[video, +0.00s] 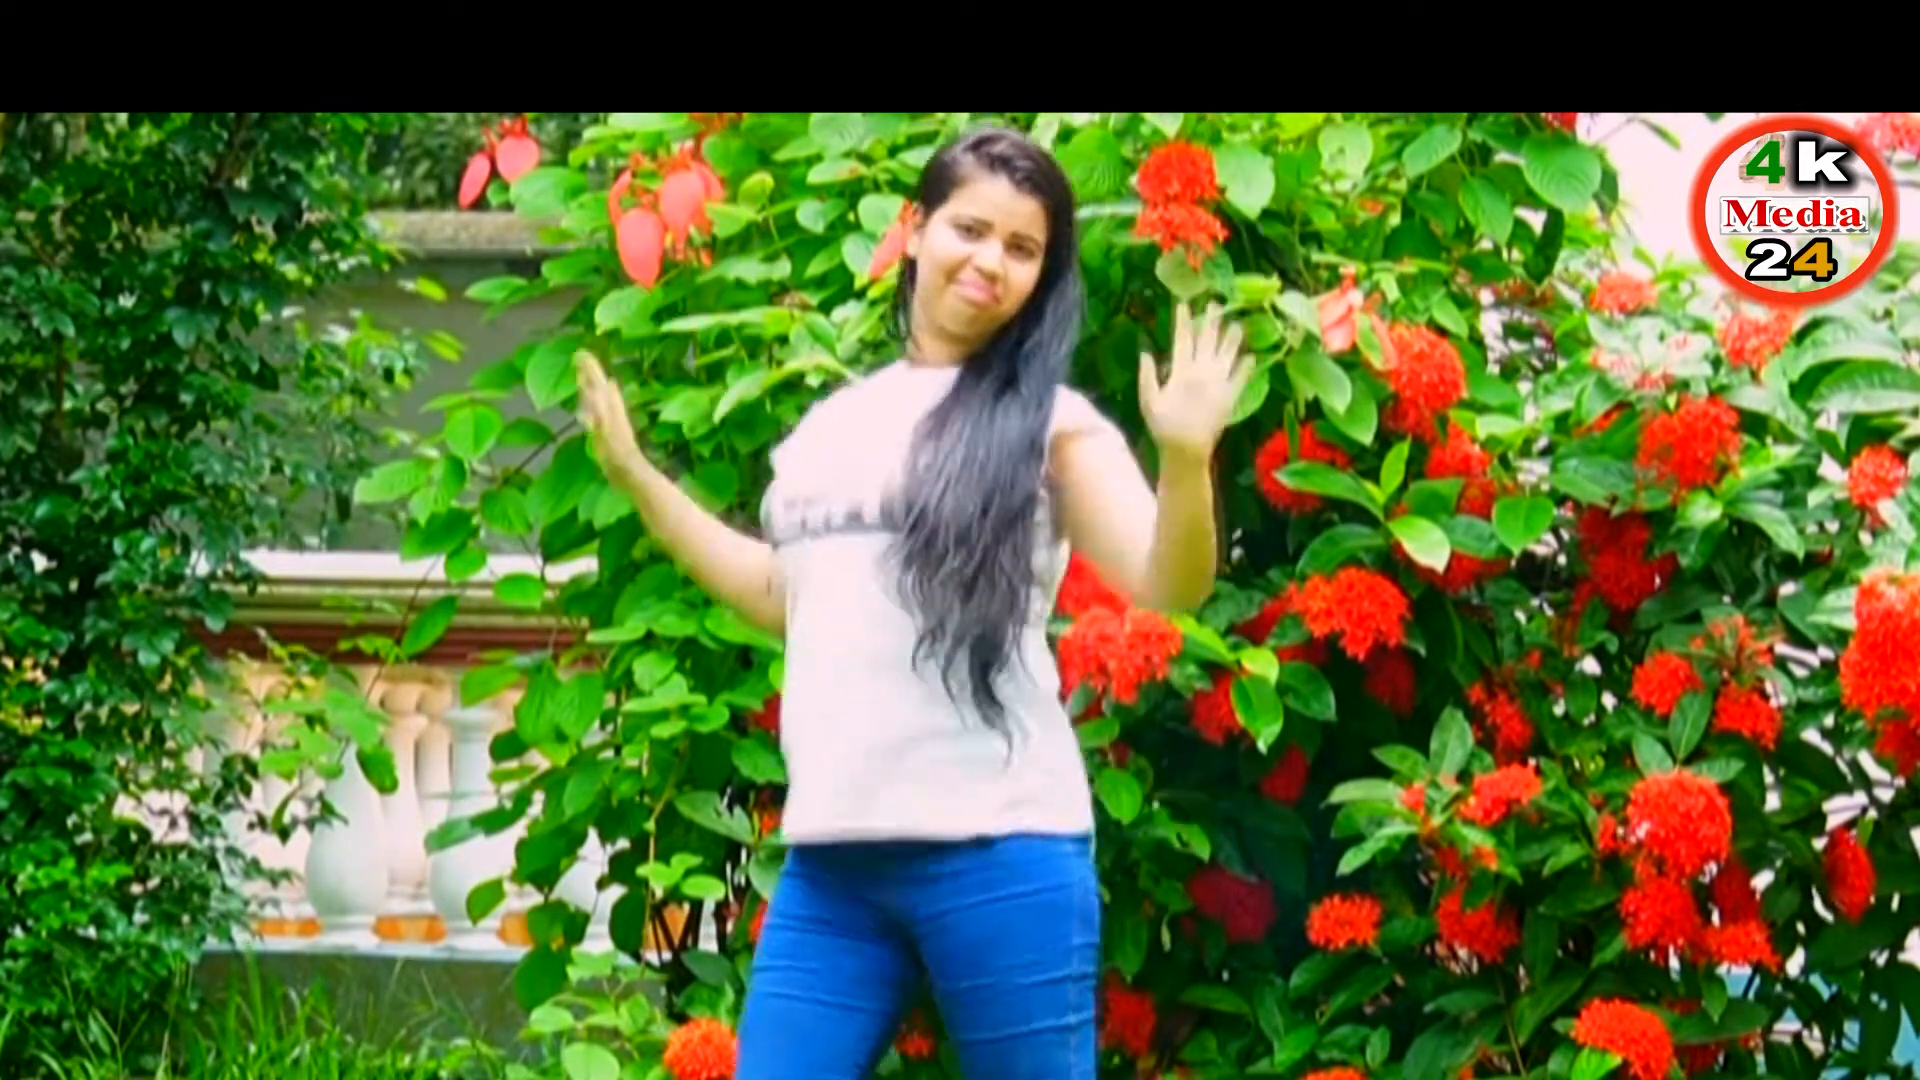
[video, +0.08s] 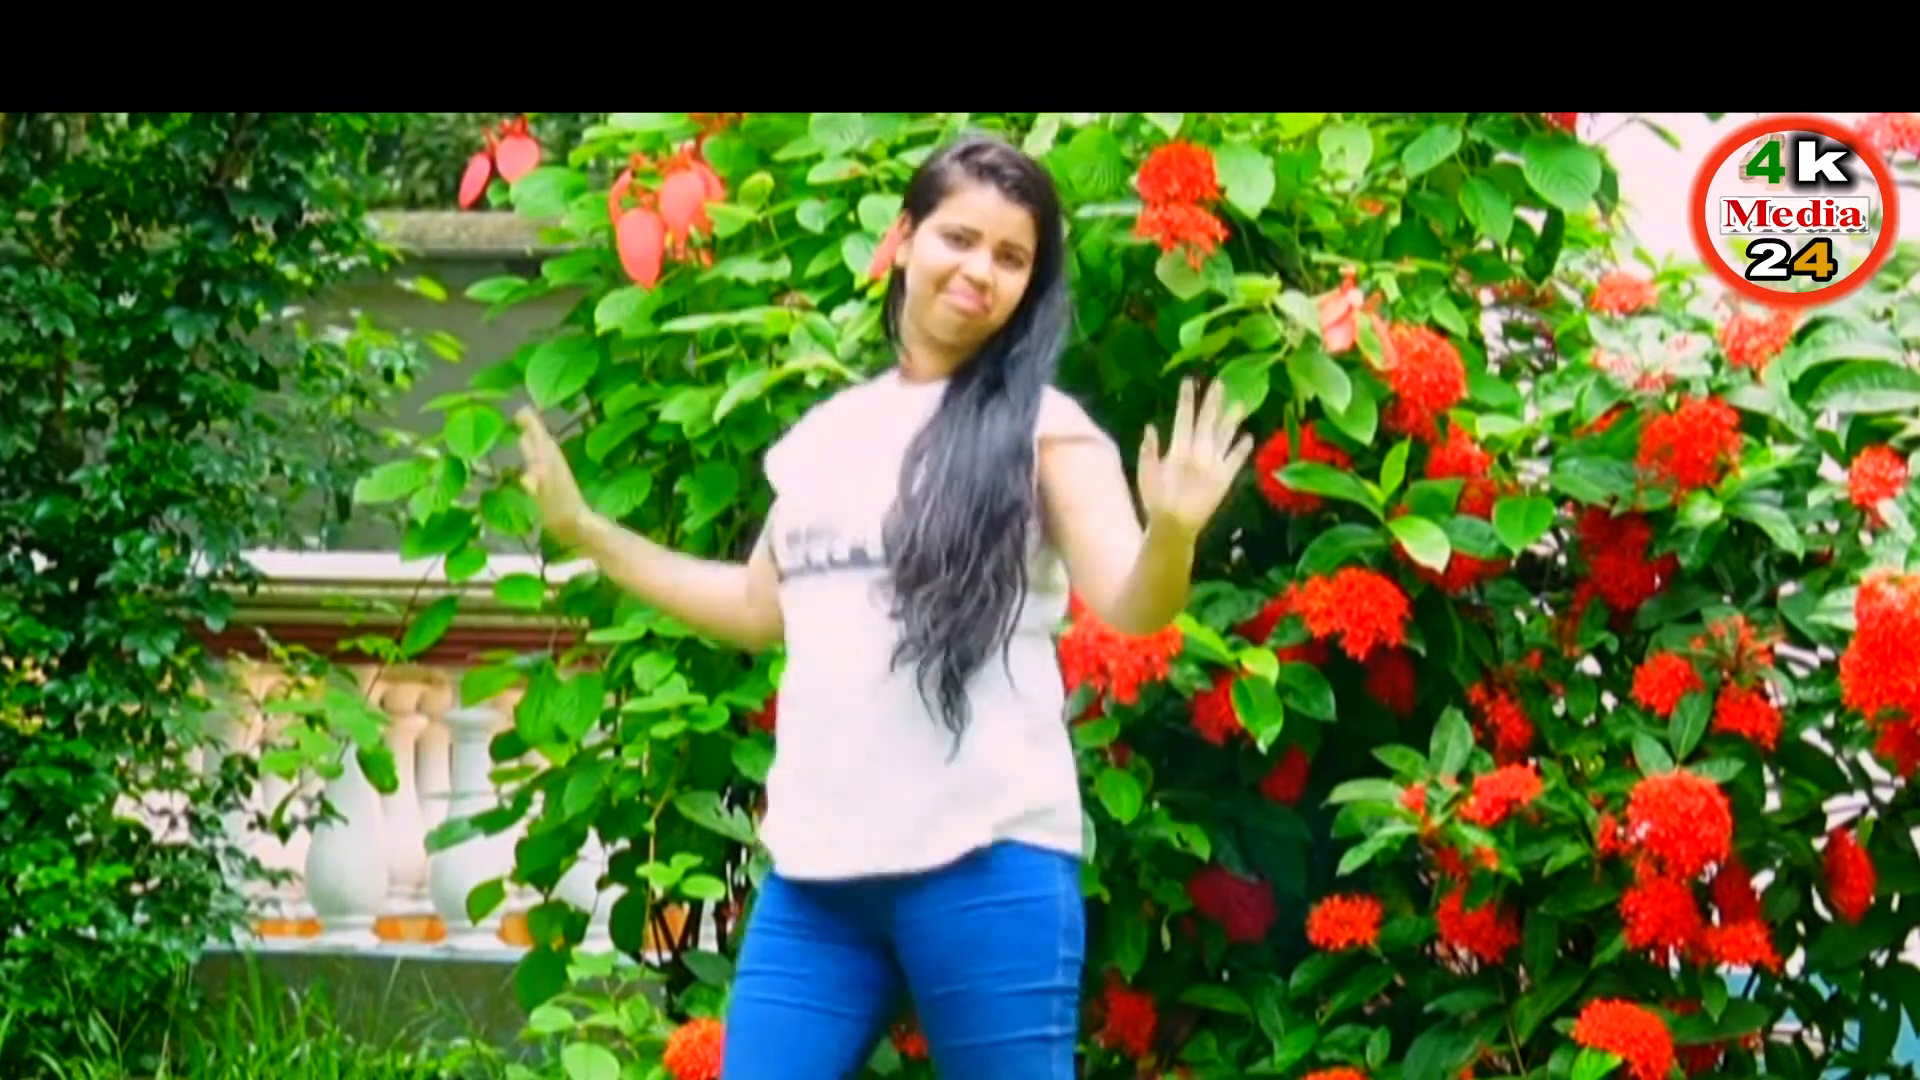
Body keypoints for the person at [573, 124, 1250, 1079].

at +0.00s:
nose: (989, 263)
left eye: (1021, 248)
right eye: (969, 229)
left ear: (1042, 276)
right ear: (916, 233)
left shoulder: (1046, 418)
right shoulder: (829, 421)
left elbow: (1165, 592)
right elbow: (783, 600)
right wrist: (634, 471)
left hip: (1004, 861)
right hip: (829, 862)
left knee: (1036, 1070)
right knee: (769, 1071)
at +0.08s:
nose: (978, 272)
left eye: (1007, 257)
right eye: (958, 239)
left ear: (1029, 286)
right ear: (905, 242)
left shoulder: (1040, 423)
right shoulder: (824, 433)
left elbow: (1128, 614)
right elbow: (758, 609)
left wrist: (1172, 534)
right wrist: (585, 531)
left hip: (989, 867)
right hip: (814, 873)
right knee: (752, 1069)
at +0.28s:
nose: (968, 291)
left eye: (999, 275)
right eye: (947, 258)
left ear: (1023, 303)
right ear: (890, 263)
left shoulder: (1027, 431)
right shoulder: (823, 450)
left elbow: (1121, 640)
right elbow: (780, 631)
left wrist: (1129, 637)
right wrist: (605, 604)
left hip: (982, 879)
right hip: (809, 879)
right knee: (733, 1069)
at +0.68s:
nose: (1003, 260)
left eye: (1037, 247)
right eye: (984, 229)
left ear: (1067, 281)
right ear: (938, 240)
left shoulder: (1090, 411)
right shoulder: (899, 431)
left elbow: (1169, 589)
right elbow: (840, 606)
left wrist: (1113, 497)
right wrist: (670, 549)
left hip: (1019, 866)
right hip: (845, 851)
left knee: (1027, 1069)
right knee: (781, 1069)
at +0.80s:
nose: (1039, 233)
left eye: (1072, 218)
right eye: (1020, 205)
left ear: (1104, 255)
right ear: (977, 224)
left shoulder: (1110, 390)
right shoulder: (917, 410)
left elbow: (1208, 558)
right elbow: (875, 577)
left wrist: (1165, 388)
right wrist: (757, 444)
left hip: (1068, 850)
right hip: (902, 851)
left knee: (1077, 1070)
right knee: (833, 1070)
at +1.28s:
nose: (1097, 273)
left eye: (1132, 256)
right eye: (1078, 242)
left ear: (1169, 287)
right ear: (1041, 254)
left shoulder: (1183, 428)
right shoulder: (1008, 441)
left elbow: (1258, 627)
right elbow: (959, 622)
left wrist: (1206, 463)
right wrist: (828, 505)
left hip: (1127, 867)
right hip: (975, 868)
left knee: (1088, 1072)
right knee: (864, 1074)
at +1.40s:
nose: (1082, 279)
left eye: (1118, 264)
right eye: (1066, 247)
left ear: (1153, 297)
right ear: (1028, 259)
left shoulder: (1173, 442)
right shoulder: (989, 451)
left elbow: (1218, 650)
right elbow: (916, 628)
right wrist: (754, 589)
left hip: (1113, 859)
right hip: (964, 854)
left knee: (1068, 1071)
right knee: (856, 1069)